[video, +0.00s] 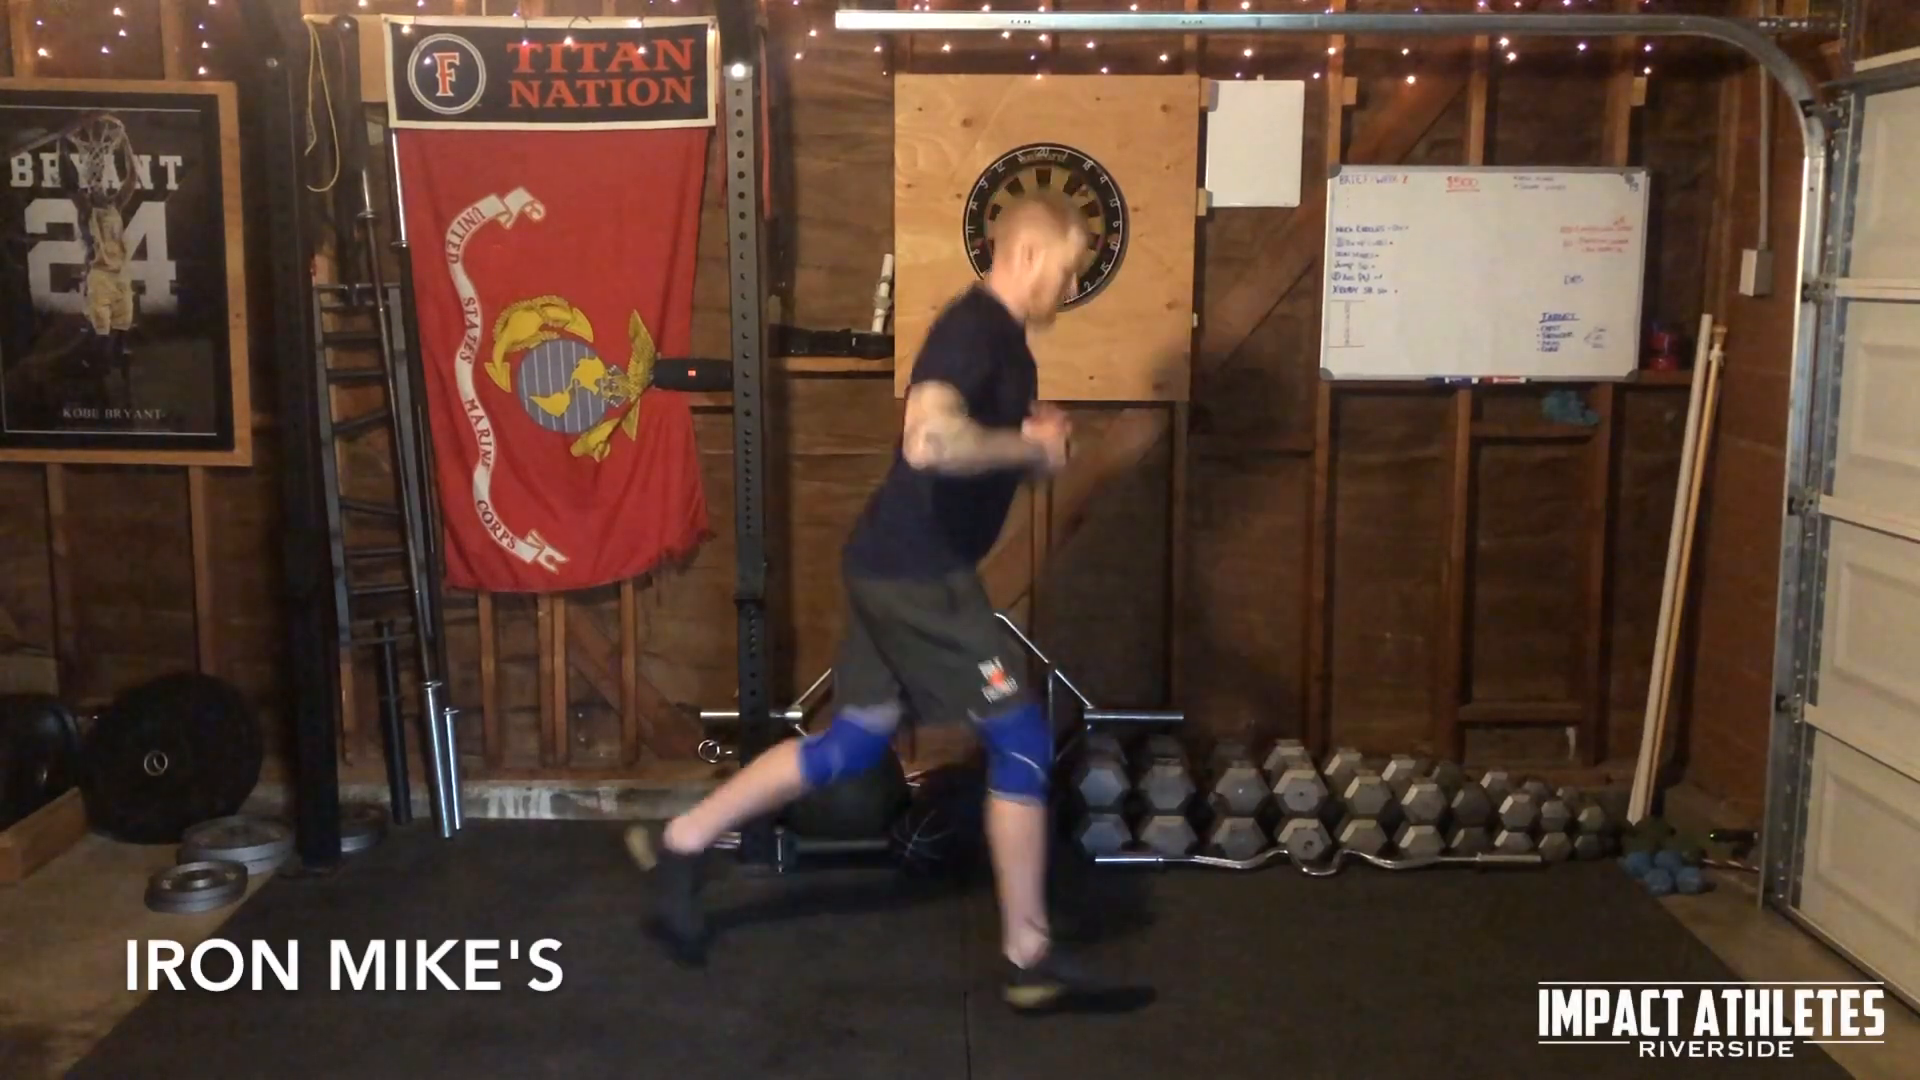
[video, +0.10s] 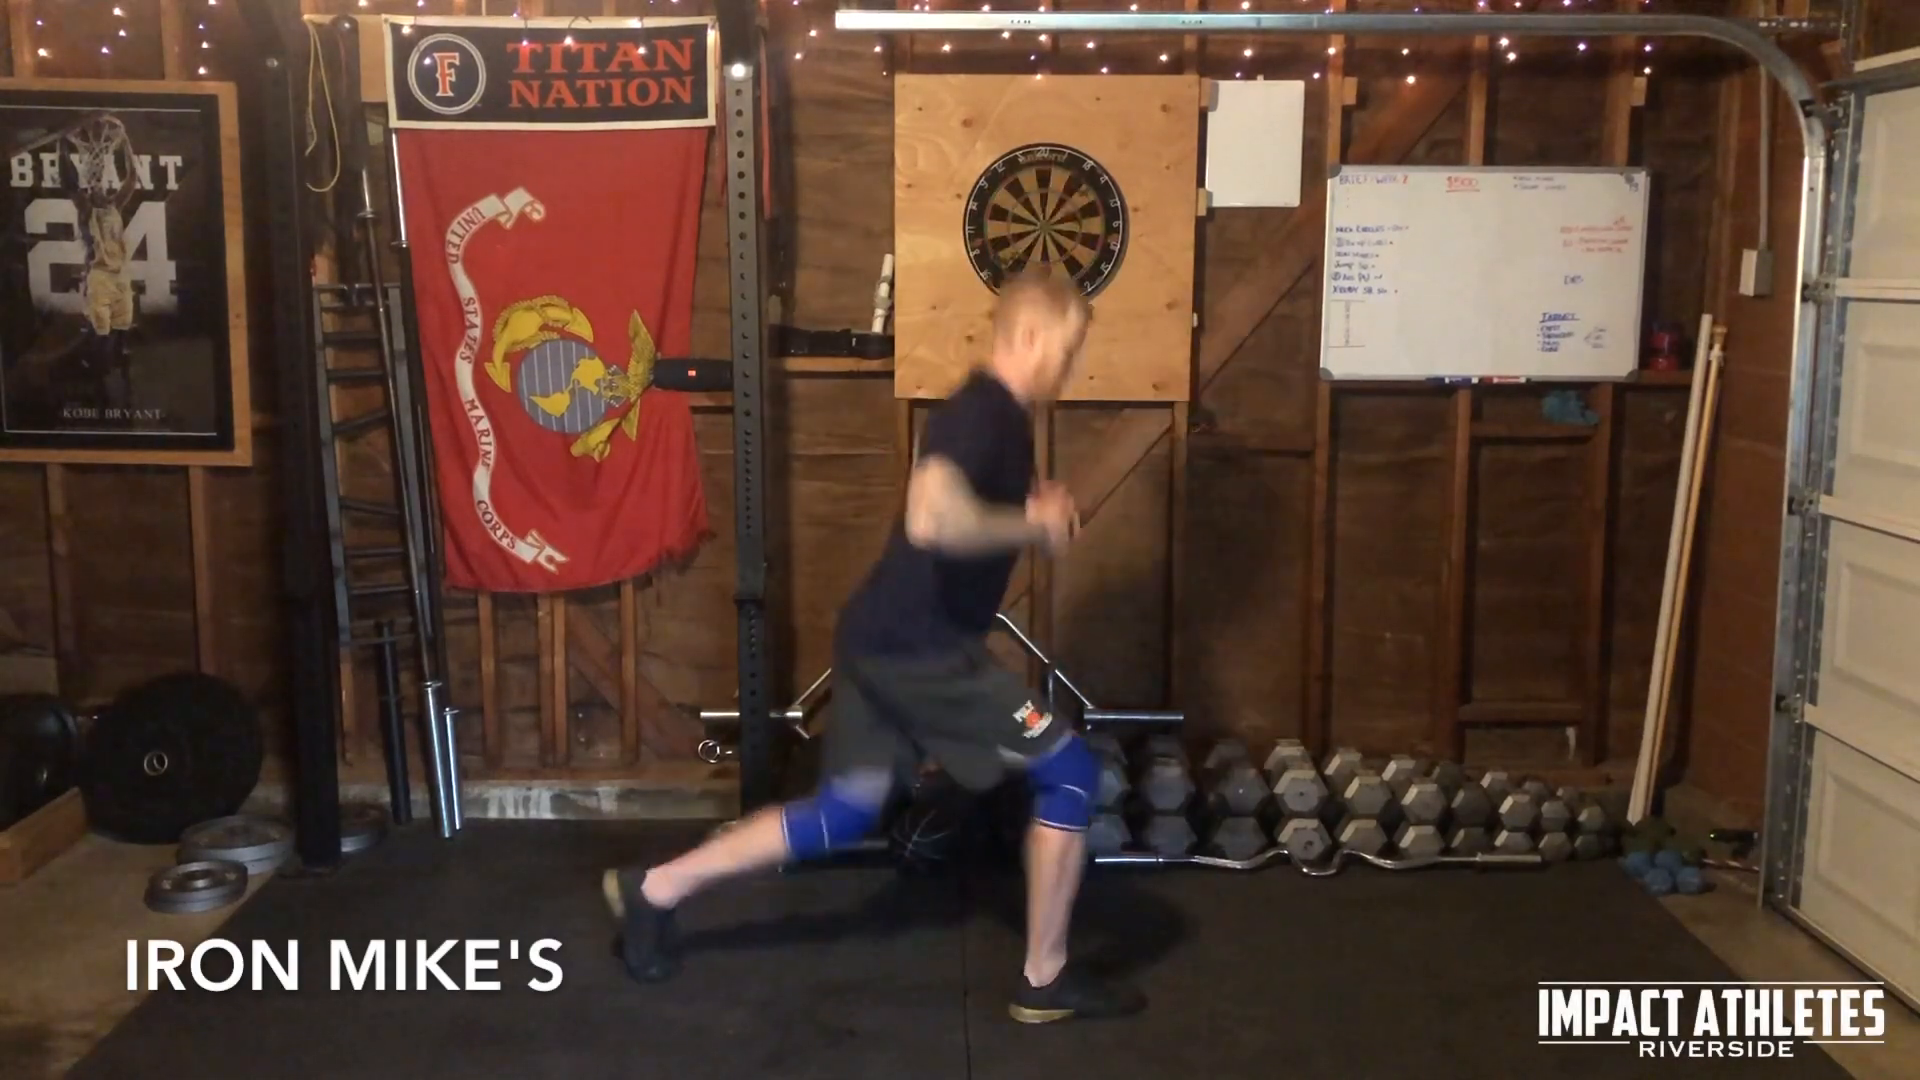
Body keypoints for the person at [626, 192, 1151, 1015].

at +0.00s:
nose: (1072, 288)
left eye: (1078, 271)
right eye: (1070, 268)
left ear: (1018, 255)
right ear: (1025, 253)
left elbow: (962, 439)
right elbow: (927, 440)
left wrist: (1031, 442)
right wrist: (1027, 445)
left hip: (903, 564)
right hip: (910, 568)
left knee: (852, 741)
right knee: (1020, 737)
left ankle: (679, 839)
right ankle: (1029, 959)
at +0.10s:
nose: (1074, 363)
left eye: (1077, 347)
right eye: (1071, 345)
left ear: (1017, 335)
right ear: (1033, 338)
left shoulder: (1001, 416)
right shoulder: (980, 411)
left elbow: (967, 513)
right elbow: (932, 519)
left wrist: (1031, 509)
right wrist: (1032, 520)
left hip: (885, 636)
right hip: (911, 642)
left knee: (850, 806)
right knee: (1069, 772)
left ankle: (653, 889)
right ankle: (1046, 976)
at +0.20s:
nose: (1073, 447)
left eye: (1077, 434)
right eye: (1070, 431)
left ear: (1019, 419)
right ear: (1031, 422)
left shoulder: (980, 489)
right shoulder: (988, 495)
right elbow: (946, 606)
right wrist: (1038, 613)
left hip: (877, 719)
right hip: (916, 720)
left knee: (842, 893)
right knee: (1097, 775)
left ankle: (640, 900)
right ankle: (1049, 978)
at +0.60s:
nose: (1057, 418)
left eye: (1056, 401)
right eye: (1051, 400)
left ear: (999, 399)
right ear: (1009, 399)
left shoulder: (972, 473)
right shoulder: (981, 480)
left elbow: (969, 588)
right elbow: (972, 592)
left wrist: (1042, 570)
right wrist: (1046, 564)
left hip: (881, 701)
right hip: (930, 705)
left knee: (837, 871)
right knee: (1100, 774)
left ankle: (632, 901)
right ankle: (1050, 975)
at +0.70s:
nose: (1061, 321)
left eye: (1065, 303)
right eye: (1057, 302)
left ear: (1002, 298)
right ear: (1020, 297)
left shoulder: (990, 380)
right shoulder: (980, 379)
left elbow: (1002, 490)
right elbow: (975, 484)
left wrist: (1048, 468)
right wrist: (1051, 467)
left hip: (897, 604)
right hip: (937, 610)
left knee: (858, 770)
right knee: (1056, 754)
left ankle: (673, 871)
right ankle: (1047, 968)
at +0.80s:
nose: (1078, 261)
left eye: (1084, 246)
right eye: (1076, 240)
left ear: (1016, 227)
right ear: (1029, 223)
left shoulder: (989, 299)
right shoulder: (992, 302)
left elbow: (982, 405)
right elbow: (989, 416)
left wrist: (1045, 399)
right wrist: (1058, 411)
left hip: (902, 536)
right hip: (936, 546)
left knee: (912, 715)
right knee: (996, 726)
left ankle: (757, 851)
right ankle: (955, 934)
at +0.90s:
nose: (1087, 242)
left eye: (1092, 226)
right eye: (1087, 220)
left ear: (1028, 202)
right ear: (1044, 202)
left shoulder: (992, 276)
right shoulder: (1001, 277)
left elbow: (990, 390)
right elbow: (1008, 403)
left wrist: (1050, 378)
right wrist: (1066, 397)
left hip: (931, 520)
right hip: (932, 526)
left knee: (952, 705)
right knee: (960, 710)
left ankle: (883, 882)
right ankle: (814, 880)